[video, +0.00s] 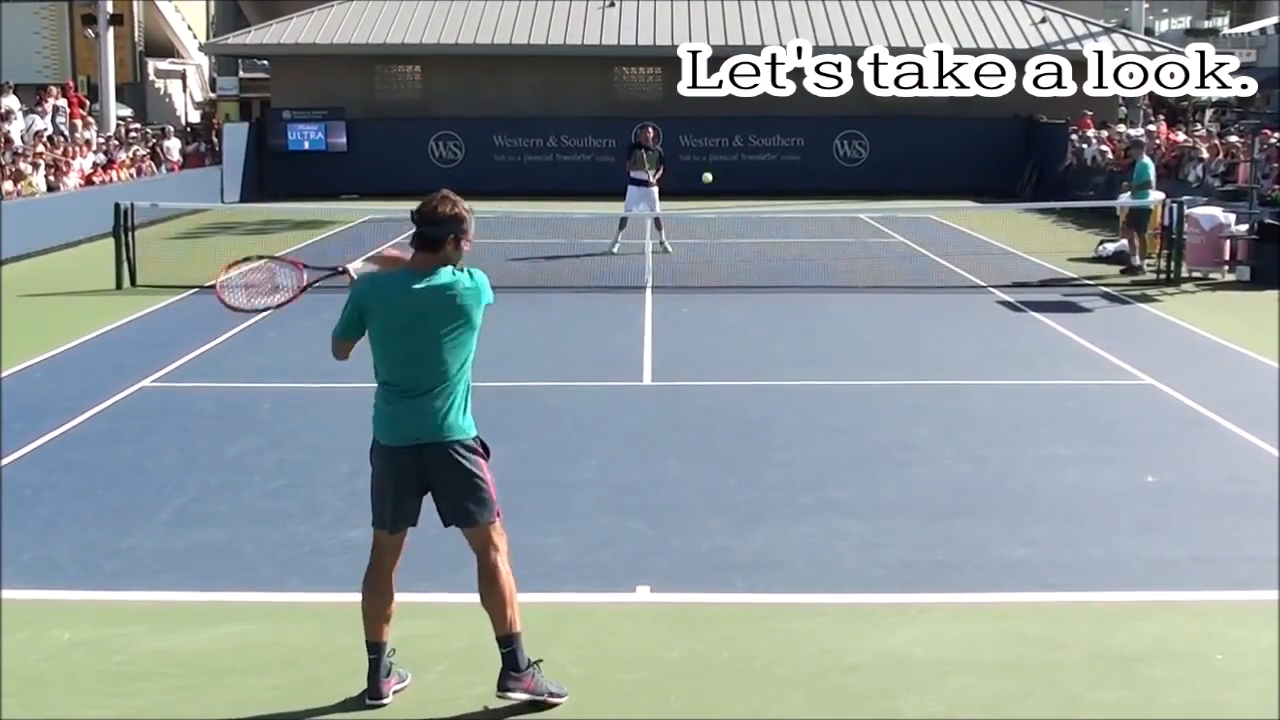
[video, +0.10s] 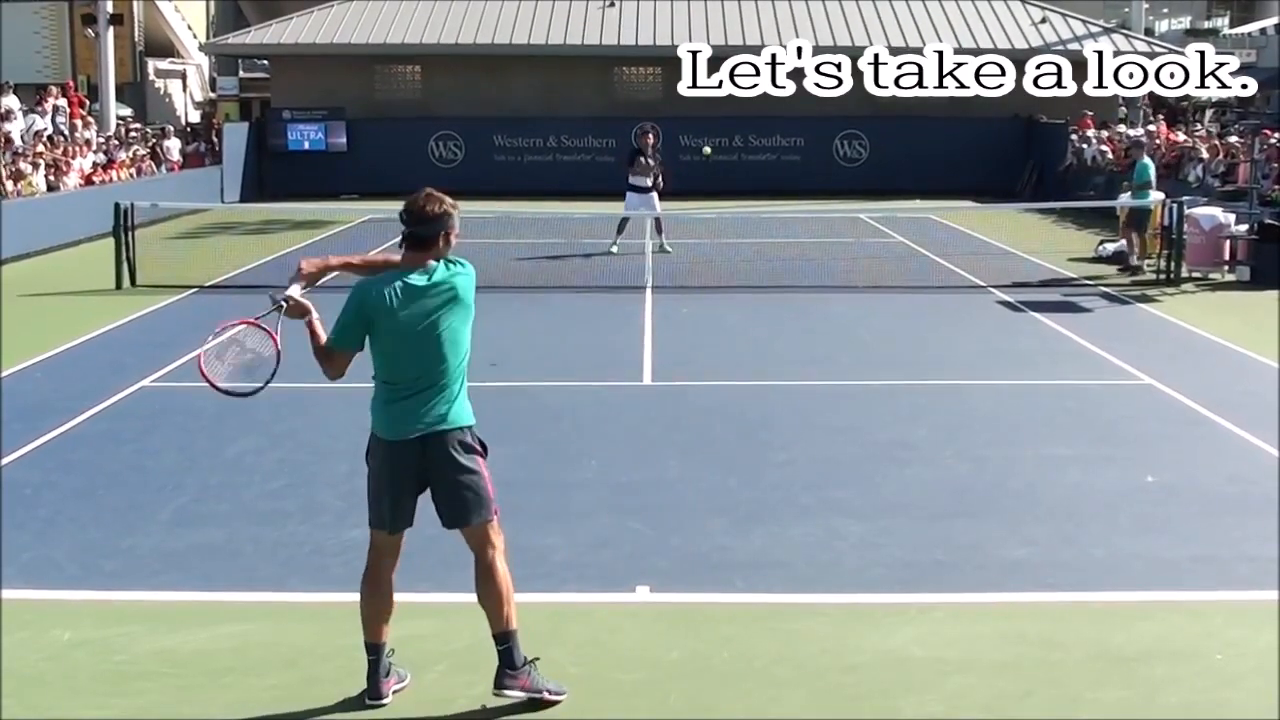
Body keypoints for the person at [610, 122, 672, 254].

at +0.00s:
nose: (647, 135)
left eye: (649, 132)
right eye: (645, 132)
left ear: (653, 135)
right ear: (640, 135)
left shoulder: (658, 151)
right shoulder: (633, 148)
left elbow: (661, 167)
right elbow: (629, 166)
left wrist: (655, 178)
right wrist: (635, 155)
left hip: (650, 184)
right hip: (635, 183)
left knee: (656, 214)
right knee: (626, 213)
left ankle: (663, 240)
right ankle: (616, 240)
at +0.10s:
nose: (648, 141)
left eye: (650, 138)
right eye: (645, 138)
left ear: (654, 140)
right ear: (640, 140)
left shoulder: (655, 156)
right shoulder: (635, 154)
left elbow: (658, 170)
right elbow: (629, 169)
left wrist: (659, 179)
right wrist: (642, 172)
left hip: (650, 187)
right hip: (634, 188)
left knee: (657, 215)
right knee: (627, 215)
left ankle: (663, 243)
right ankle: (615, 242)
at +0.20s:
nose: (650, 143)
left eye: (653, 141)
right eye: (648, 140)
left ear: (656, 143)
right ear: (643, 142)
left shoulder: (657, 159)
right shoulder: (637, 155)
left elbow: (661, 179)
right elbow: (633, 171)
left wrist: (674, 178)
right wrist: (647, 172)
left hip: (649, 190)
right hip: (634, 189)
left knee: (658, 215)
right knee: (629, 217)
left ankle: (663, 243)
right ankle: (615, 243)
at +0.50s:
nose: (661, 146)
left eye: (663, 144)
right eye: (659, 143)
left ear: (663, 146)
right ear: (652, 143)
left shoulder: (661, 162)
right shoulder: (639, 154)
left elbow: (663, 180)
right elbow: (625, 164)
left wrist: (674, 189)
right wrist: (626, 174)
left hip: (649, 189)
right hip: (635, 188)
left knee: (656, 215)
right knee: (636, 215)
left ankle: (661, 243)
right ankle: (626, 242)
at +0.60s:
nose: (660, 146)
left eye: (661, 143)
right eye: (658, 142)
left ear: (662, 145)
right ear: (651, 142)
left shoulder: (659, 162)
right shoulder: (637, 152)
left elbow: (656, 179)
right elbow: (623, 163)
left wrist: (662, 193)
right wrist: (623, 173)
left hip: (648, 189)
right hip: (633, 188)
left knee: (653, 216)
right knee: (634, 215)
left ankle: (661, 243)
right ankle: (629, 244)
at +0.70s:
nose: (657, 145)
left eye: (658, 143)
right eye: (655, 142)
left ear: (659, 145)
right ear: (648, 142)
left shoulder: (657, 162)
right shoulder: (635, 152)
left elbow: (653, 179)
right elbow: (622, 163)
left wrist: (654, 191)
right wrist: (619, 173)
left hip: (645, 189)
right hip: (631, 187)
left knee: (651, 216)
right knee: (632, 216)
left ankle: (660, 243)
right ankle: (629, 245)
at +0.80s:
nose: (653, 144)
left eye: (655, 141)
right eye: (651, 141)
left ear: (657, 144)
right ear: (645, 141)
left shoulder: (655, 161)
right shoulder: (633, 151)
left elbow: (651, 177)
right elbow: (620, 162)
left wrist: (649, 189)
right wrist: (617, 174)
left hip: (642, 189)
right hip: (628, 187)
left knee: (649, 216)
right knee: (630, 215)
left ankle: (655, 243)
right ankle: (628, 244)